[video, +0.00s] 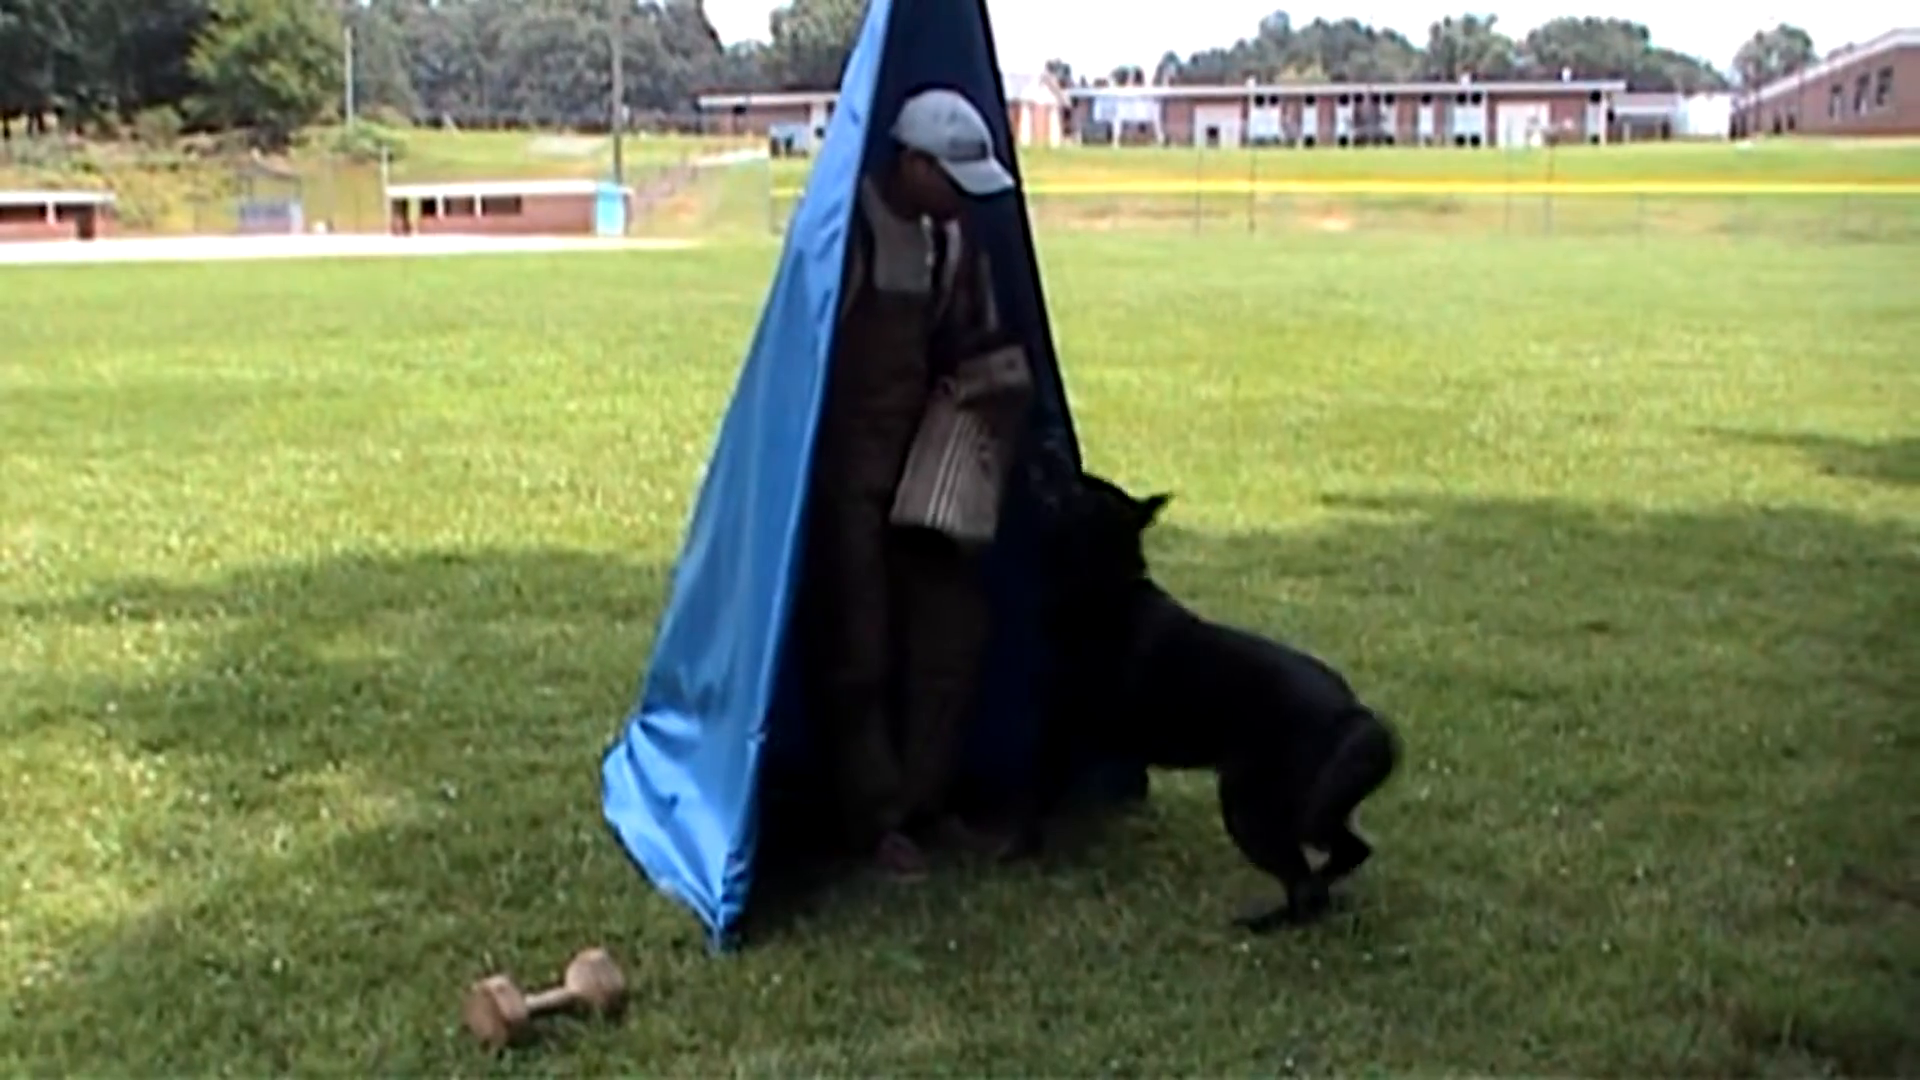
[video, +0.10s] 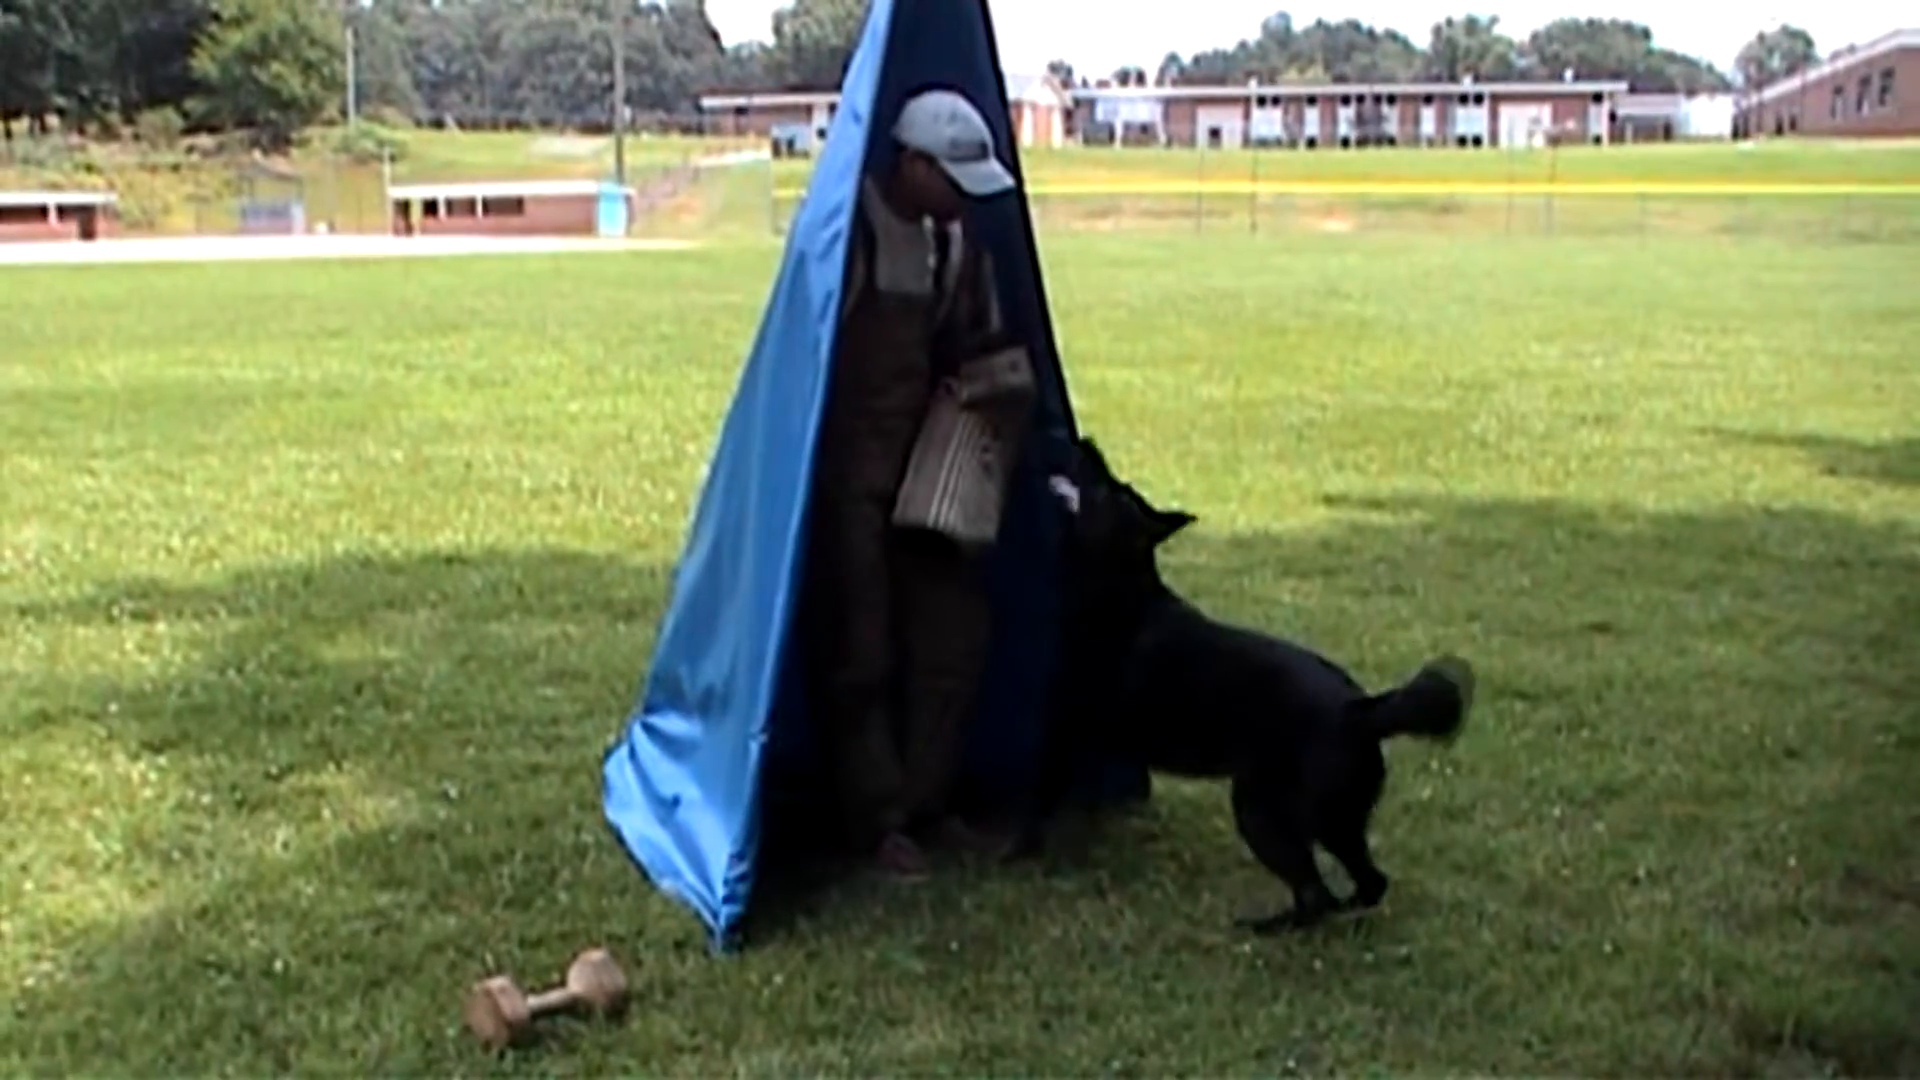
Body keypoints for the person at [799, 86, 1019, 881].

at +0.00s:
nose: (959, 200)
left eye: (967, 186)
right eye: (951, 183)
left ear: (957, 175)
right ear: (908, 163)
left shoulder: (960, 245)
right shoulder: (839, 239)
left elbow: (996, 359)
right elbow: (801, 368)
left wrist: (992, 378)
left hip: (937, 484)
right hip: (847, 485)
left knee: (944, 640)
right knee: (862, 652)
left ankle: (929, 807)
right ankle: (876, 824)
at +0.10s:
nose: (961, 200)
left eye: (968, 185)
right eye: (952, 182)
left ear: (959, 175)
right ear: (908, 163)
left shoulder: (962, 246)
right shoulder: (841, 239)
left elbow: (998, 360)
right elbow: (803, 367)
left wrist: (993, 379)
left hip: (939, 480)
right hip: (849, 481)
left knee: (946, 639)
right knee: (865, 651)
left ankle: (931, 807)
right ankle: (877, 824)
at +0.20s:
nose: (961, 199)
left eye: (969, 184)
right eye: (951, 181)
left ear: (964, 174)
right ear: (908, 163)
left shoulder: (965, 245)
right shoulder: (842, 239)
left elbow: (990, 358)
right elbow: (804, 367)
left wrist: (1003, 376)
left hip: (942, 479)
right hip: (851, 481)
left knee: (948, 641)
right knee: (867, 652)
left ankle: (932, 809)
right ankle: (879, 825)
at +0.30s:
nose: (962, 199)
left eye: (969, 185)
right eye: (953, 182)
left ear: (963, 175)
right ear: (909, 163)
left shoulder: (966, 246)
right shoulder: (843, 241)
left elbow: (990, 358)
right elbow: (804, 370)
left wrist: (1003, 379)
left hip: (942, 480)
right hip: (852, 483)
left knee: (949, 639)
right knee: (867, 652)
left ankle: (935, 808)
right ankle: (879, 826)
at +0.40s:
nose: (963, 198)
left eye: (970, 184)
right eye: (953, 181)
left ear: (963, 173)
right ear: (910, 163)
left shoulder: (966, 246)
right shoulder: (844, 241)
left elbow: (992, 360)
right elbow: (805, 372)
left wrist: (1000, 382)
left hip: (942, 480)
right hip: (853, 483)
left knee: (950, 639)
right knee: (868, 653)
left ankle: (935, 808)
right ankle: (879, 826)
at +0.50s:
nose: (964, 199)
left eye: (971, 184)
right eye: (954, 182)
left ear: (965, 174)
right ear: (910, 163)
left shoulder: (967, 246)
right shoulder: (845, 242)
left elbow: (995, 360)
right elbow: (806, 372)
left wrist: (1000, 386)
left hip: (944, 481)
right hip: (853, 484)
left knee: (951, 640)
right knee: (868, 653)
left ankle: (939, 808)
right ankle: (880, 826)